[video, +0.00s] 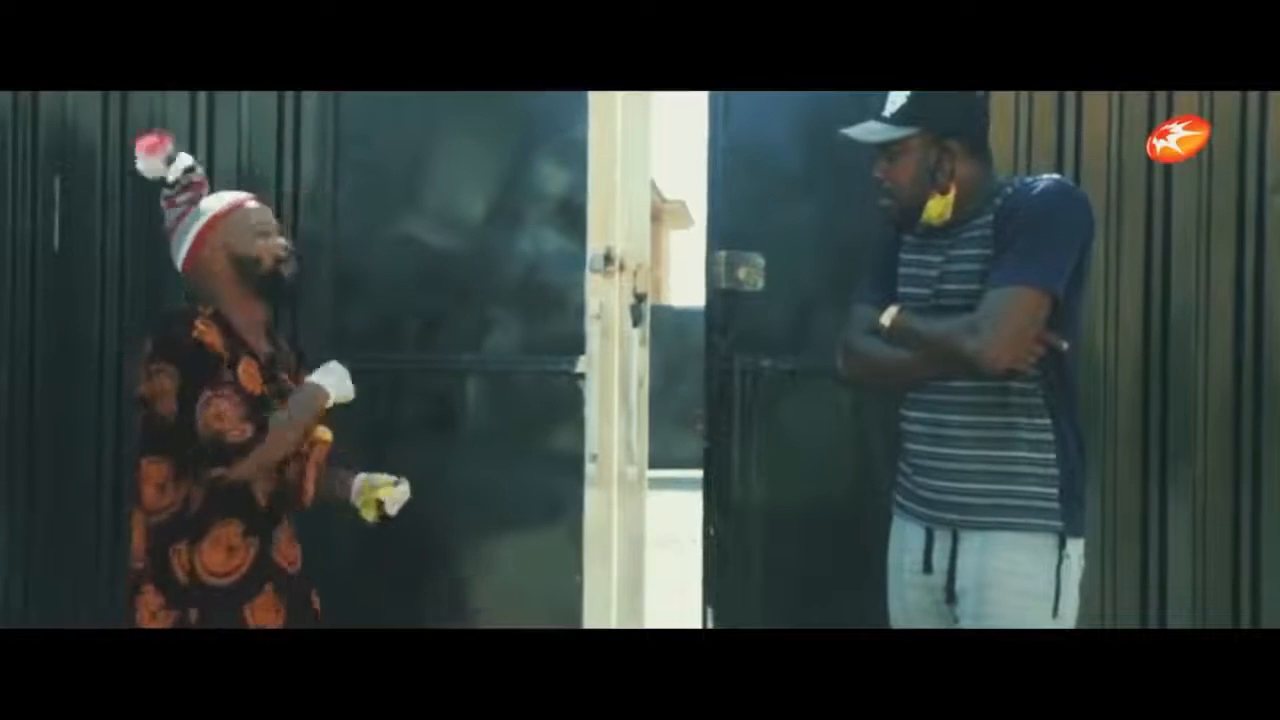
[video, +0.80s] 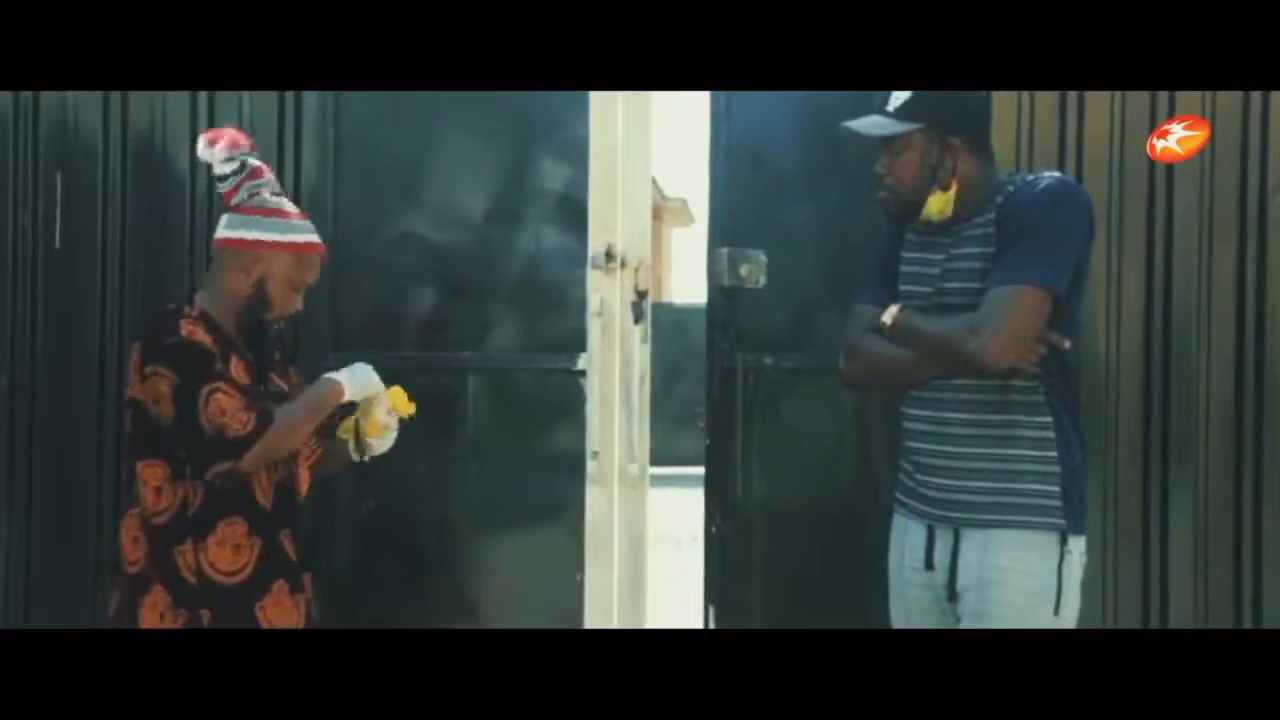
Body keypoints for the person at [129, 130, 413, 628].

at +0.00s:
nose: (282, 244)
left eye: (280, 231)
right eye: (262, 233)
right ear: (215, 253)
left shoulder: (279, 356)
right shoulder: (184, 344)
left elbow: (286, 463)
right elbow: (231, 472)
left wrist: (352, 487)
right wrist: (311, 400)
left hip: (273, 595)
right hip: (195, 599)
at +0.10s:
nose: (281, 237)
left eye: (275, 225)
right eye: (257, 224)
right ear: (212, 254)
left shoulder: (282, 356)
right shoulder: (184, 344)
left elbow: (286, 464)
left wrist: (342, 484)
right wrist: (299, 429)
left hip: (273, 590)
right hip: (196, 597)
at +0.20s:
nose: (276, 231)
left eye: (268, 220)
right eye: (250, 220)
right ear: (207, 255)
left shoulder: (287, 356)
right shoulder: (187, 340)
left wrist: (332, 479)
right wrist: (305, 419)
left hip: (267, 574)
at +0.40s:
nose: (281, 230)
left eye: (276, 221)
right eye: (257, 220)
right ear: (216, 249)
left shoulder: (286, 356)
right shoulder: (189, 342)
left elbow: (275, 493)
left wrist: (330, 469)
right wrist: (301, 424)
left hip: (271, 582)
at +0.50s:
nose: (295, 242)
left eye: (285, 224)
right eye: (271, 222)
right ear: (229, 254)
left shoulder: (283, 355)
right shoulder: (192, 347)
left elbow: (276, 465)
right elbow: (242, 453)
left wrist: (341, 466)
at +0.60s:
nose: (305, 270)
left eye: (305, 258)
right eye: (293, 255)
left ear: (244, 257)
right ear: (241, 254)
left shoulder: (264, 353)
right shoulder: (182, 350)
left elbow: (270, 450)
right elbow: (242, 455)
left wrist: (345, 450)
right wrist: (348, 382)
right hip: (202, 599)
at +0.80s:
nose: (299, 308)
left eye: (304, 293)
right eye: (296, 290)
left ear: (255, 273)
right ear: (253, 270)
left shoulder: (256, 352)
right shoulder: (177, 349)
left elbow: (266, 475)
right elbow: (237, 458)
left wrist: (344, 446)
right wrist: (329, 391)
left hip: (263, 602)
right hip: (190, 607)